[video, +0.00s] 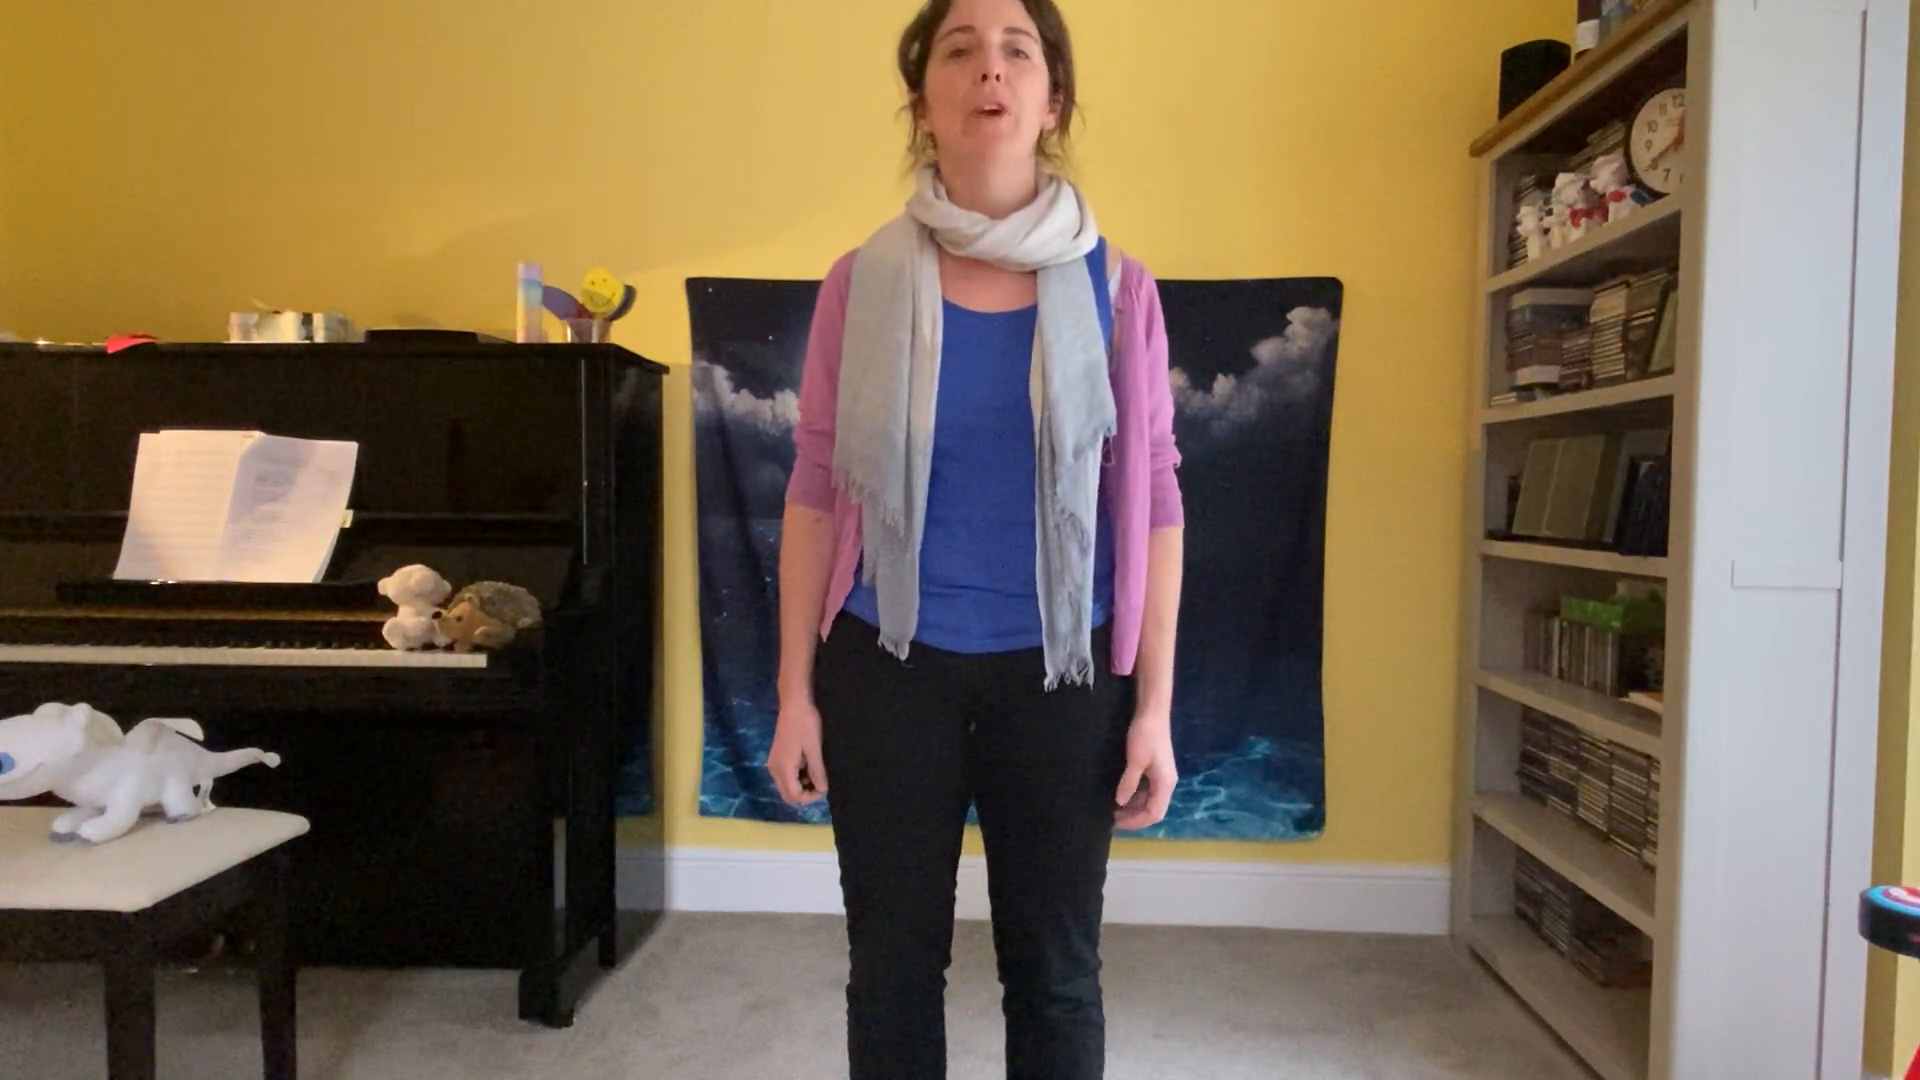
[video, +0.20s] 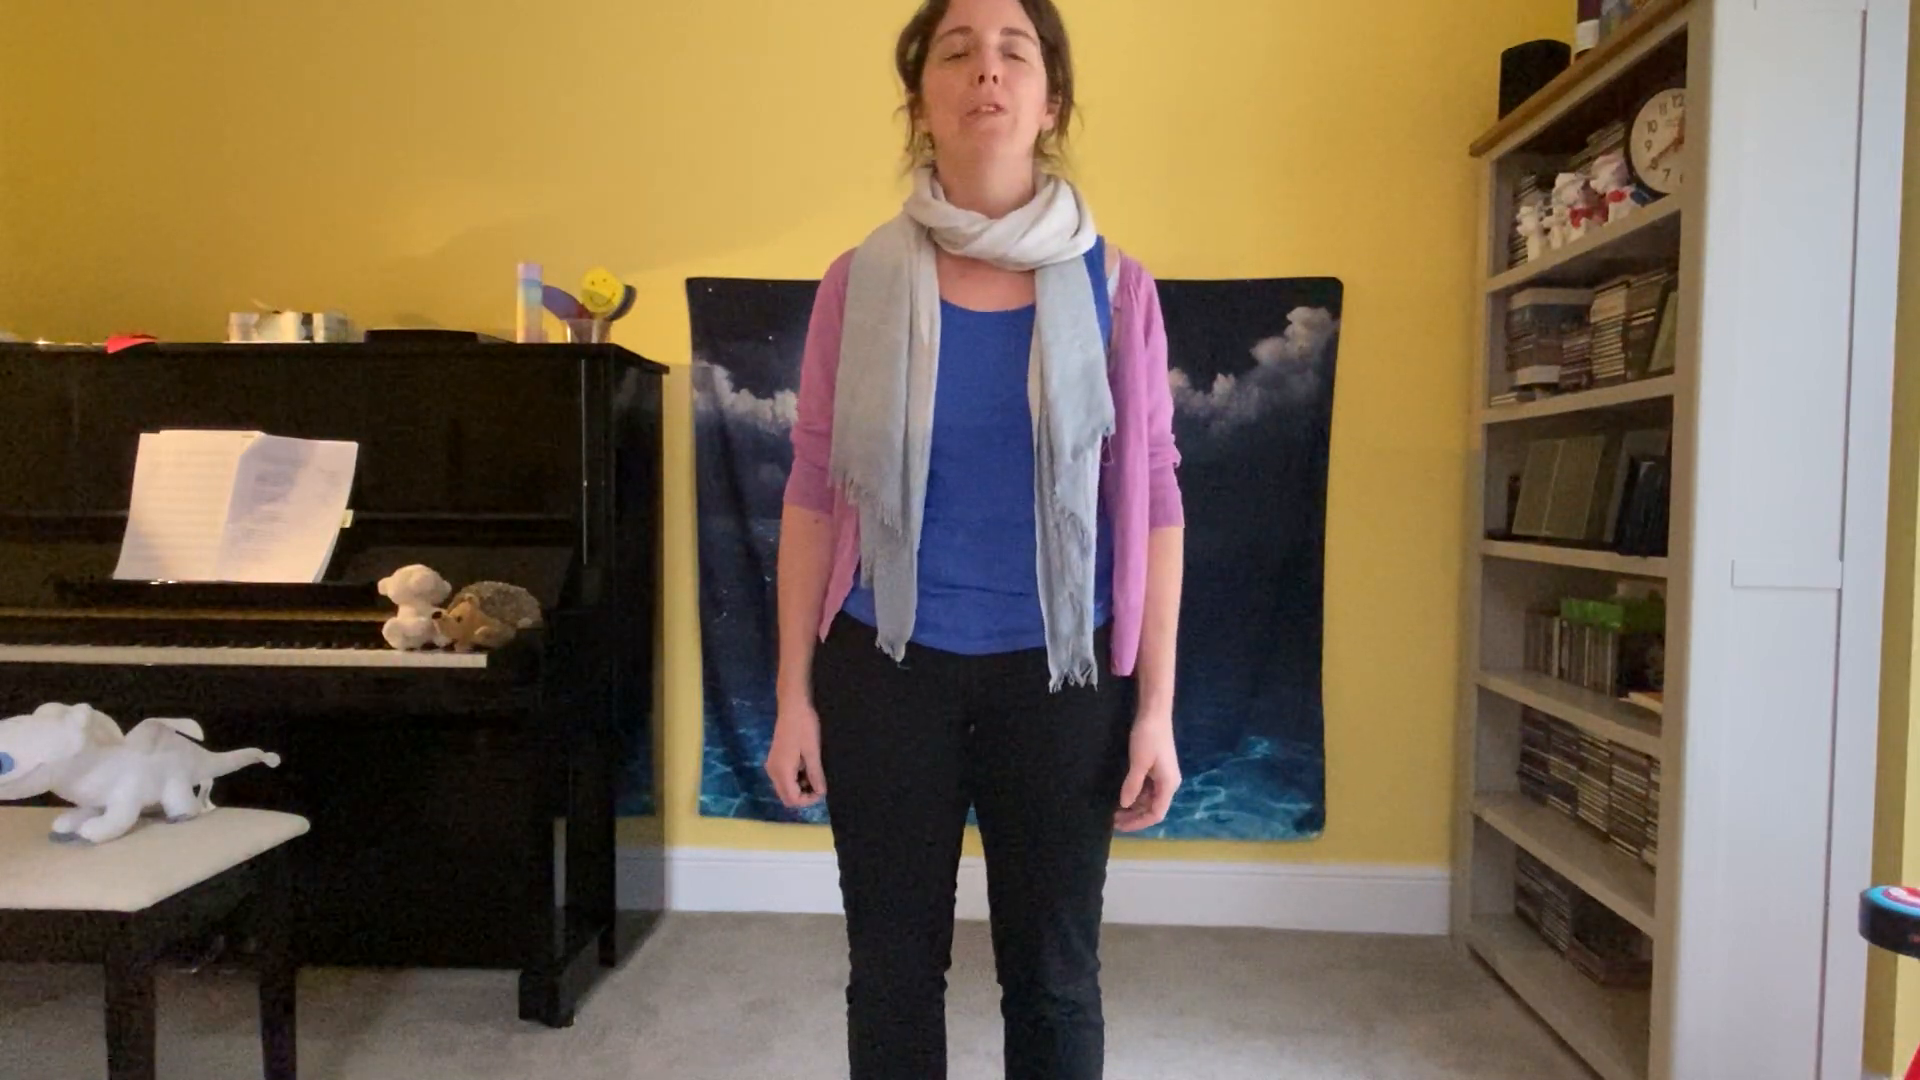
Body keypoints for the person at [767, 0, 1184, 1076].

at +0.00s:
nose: (988, 66)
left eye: (1016, 48)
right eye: (959, 47)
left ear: (1054, 96)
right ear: (920, 95)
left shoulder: (1118, 291)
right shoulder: (859, 284)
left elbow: (1154, 502)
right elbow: (814, 493)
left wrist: (1153, 700)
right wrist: (793, 689)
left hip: (1061, 682)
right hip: (886, 676)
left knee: (1057, 984)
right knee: (891, 983)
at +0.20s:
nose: (986, 67)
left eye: (1014, 50)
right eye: (956, 49)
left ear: (1052, 99)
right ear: (918, 97)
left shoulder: (1116, 290)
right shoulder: (855, 286)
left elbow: (1153, 502)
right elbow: (812, 493)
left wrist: (1155, 703)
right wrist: (791, 691)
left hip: (1061, 683)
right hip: (884, 677)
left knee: (1056, 986)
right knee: (891, 986)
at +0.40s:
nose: (983, 74)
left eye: (1012, 56)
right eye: (955, 54)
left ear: (1050, 101)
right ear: (917, 98)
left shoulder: (1115, 293)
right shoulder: (854, 290)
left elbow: (1154, 503)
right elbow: (811, 497)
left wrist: (1158, 704)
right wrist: (787, 693)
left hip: (1060, 686)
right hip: (882, 679)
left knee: (1054, 989)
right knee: (891, 985)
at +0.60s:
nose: (991, 84)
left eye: (1017, 65)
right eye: (963, 64)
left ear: (1055, 108)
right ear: (923, 108)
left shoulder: (1116, 297)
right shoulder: (859, 289)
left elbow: (1153, 502)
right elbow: (811, 493)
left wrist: (1159, 703)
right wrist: (783, 693)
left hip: (1058, 688)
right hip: (879, 682)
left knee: (1052, 990)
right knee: (889, 988)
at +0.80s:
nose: (994, 83)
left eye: (1021, 66)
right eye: (965, 65)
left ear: (1057, 114)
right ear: (925, 111)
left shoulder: (1114, 299)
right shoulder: (861, 290)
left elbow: (1150, 505)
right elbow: (812, 494)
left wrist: (1157, 703)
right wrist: (783, 692)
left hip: (1058, 688)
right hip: (877, 681)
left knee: (1053, 993)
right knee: (888, 993)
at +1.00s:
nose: (996, 85)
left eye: (1022, 68)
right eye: (968, 66)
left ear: (1057, 115)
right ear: (926, 112)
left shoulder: (1114, 300)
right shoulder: (862, 291)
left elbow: (1150, 508)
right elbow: (812, 494)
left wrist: (1158, 703)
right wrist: (785, 691)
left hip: (1057, 683)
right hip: (879, 677)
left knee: (1052, 985)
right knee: (889, 982)